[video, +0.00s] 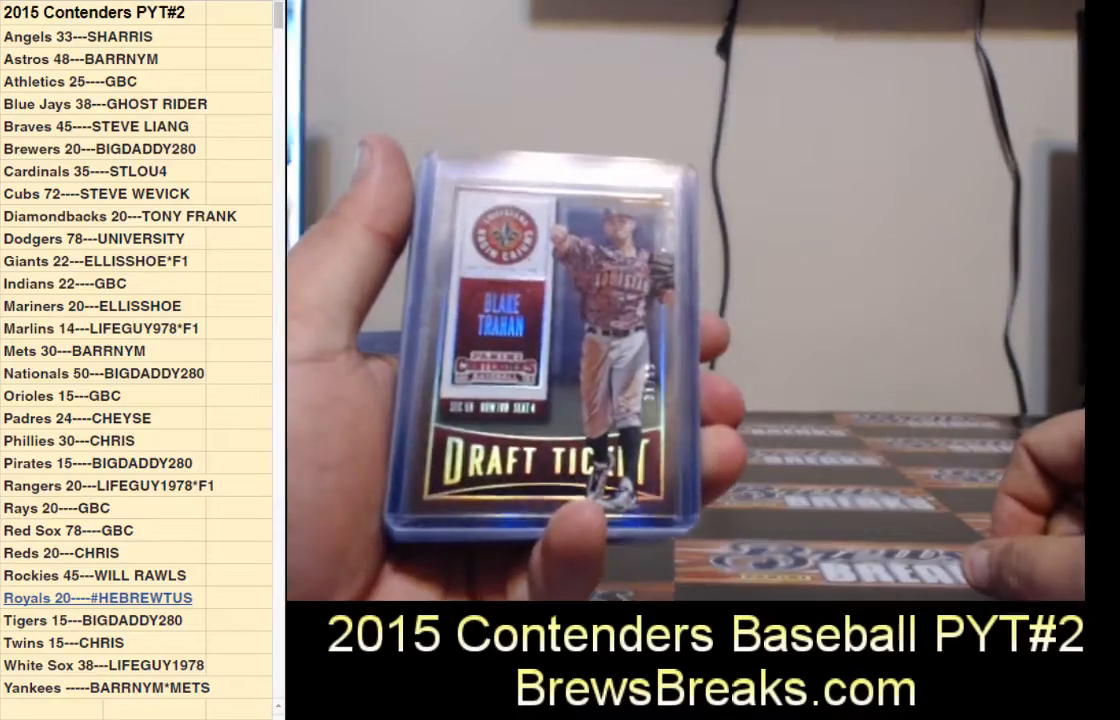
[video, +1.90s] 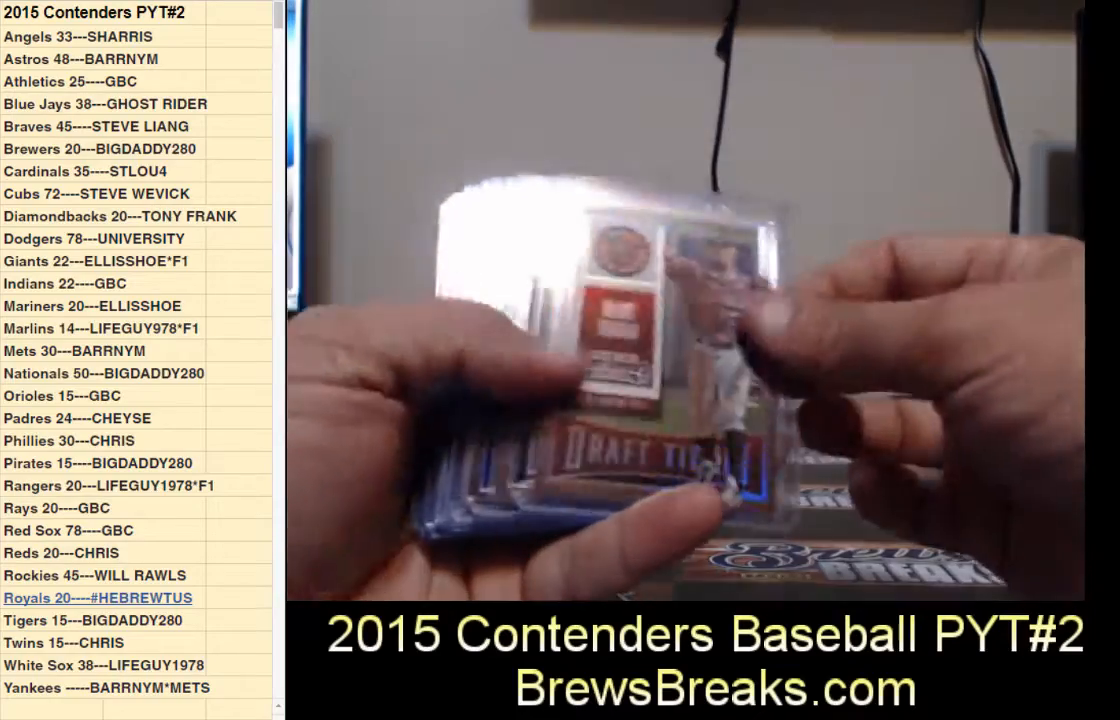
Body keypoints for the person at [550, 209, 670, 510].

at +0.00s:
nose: (616, 227)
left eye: (622, 221)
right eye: (610, 221)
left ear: (633, 225)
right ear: (604, 226)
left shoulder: (647, 261)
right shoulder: (591, 253)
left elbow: (668, 300)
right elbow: (570, 246)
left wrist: (668, 278)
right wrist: (561, 239)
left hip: (633, 339)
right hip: (596, 338)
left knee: (627, 409)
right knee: (594, 409)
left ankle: (629, 484)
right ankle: (600, 464)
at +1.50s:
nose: (649, 234)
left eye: (655, 230)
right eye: (646, 229)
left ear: (664, 235)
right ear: (640, 232)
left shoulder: (672, 265)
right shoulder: (628, 254)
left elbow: (683, 296)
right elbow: (604, 241)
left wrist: (690, 283)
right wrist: (604, 238)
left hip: (658, 323)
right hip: (627, 321)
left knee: (652, 386)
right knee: (623, 383)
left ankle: (648, 443)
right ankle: (623, 436)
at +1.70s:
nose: (672, 235)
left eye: (677, 229)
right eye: (667, 228)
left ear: (686, 233)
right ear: (659, 231)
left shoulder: (695, 263)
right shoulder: (648, 257)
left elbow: (711, 296)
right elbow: (622, 246)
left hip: (685, 328)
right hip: (654, 328)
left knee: (680, 393)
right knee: (650, 393)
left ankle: (681, 454)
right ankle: (653, 452)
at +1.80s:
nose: (702, 252)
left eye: (708, 247)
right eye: (698, 245)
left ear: (714, 249)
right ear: (691, 247)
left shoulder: (723, 275)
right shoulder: (675, 267)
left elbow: (735, 307)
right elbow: (645, 257)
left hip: (714, 340)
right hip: (682, 339)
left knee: (709, 403)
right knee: (679, 400)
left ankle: (710, 462)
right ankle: (682, 457)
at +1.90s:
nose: (723, 272)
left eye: (729, 266)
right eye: (716, 266)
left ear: (736, 262)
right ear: (706, 261)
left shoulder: (743, 284)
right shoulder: (695, 279)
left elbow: (772, 295)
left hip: (734, 352)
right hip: (704, 351)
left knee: (733, 417)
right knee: (704, 418)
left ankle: (734, 479)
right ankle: (709, 474)